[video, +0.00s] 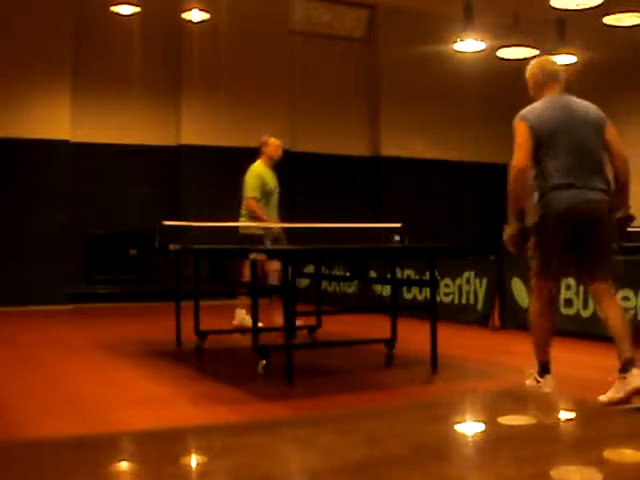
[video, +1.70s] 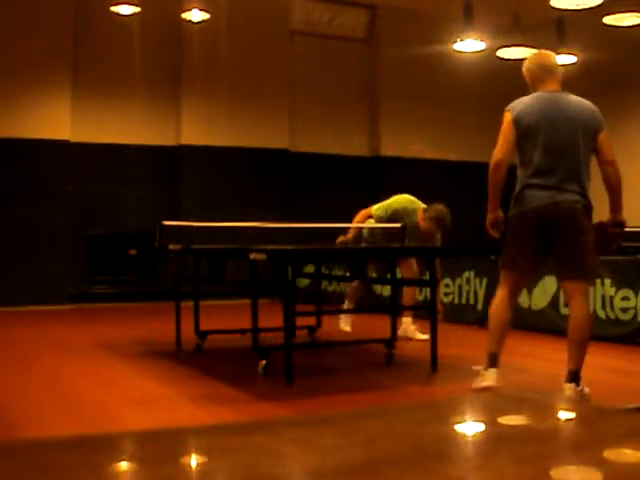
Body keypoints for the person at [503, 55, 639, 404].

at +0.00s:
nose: (528, 91)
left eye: (528, 86)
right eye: (530, 86)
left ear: (533, 85)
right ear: (561, 81)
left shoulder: (528, 116)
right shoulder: (593, 111)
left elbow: (520, 167)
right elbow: (621, 161)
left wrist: (514, 219)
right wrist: (622, 204)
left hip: (554, 210)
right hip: (597, 208)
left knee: (543, 291)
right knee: (602, 286)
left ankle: (542, 373)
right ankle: (628, 367)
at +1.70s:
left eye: (526, 78)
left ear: (528, 79)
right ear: (559, 76)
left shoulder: (518, 109)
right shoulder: (588, 111)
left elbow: (499, 160)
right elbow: (609, 165)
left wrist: (493, 207)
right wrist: (617, 213)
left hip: (529, 215)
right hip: (573, 215)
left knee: (507, 288)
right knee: (578, 295)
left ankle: (490, 368)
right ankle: (573, 381)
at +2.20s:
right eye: (500, 74)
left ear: (473, 82)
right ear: (503, 76)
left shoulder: (460, 112)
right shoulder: (533, 108)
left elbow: (442, 163)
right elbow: (553, 159)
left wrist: (450, 208)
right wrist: (566, 209)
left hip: (475, 213)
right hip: (521, 213)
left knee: (473, 294)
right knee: (544, 292)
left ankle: (474, 378)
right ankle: (559, 376)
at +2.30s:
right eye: (494, 72)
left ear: (466, 81)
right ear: (495, 75)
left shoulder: (453, 111)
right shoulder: (524, 106)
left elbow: (434, 161)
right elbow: (545, 157)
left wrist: (444, 208)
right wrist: (556, 209)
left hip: (469, 211)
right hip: (512, 210)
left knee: (471, 290)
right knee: (537, 286)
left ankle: (474, 375)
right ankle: (535, 371)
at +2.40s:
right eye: (489, 72)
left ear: (462, 80)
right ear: (491, 75)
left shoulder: (448, 111)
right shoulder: (518, 106)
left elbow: (429, 161)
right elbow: (540, 155)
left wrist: (439, 208)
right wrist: (550, 208)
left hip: (464, 210)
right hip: (507, 208)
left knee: (466, 291)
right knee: (527, 285)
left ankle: (473, 376)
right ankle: (507, 366)